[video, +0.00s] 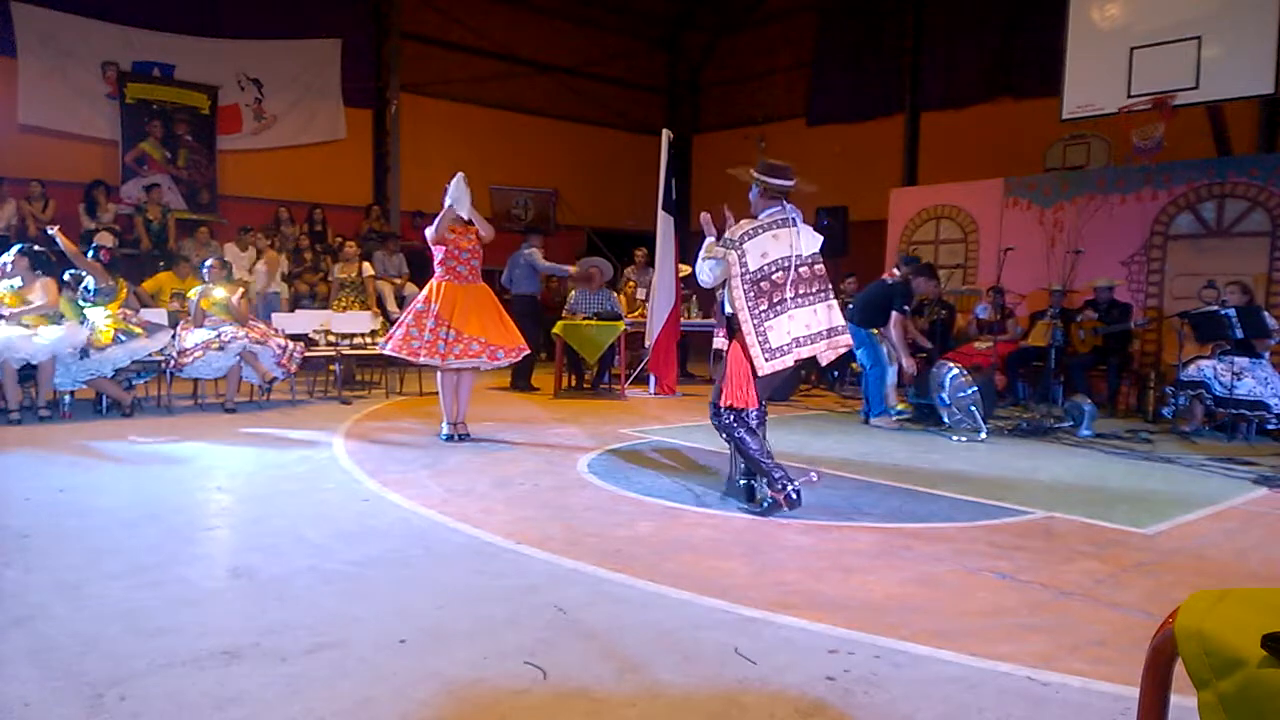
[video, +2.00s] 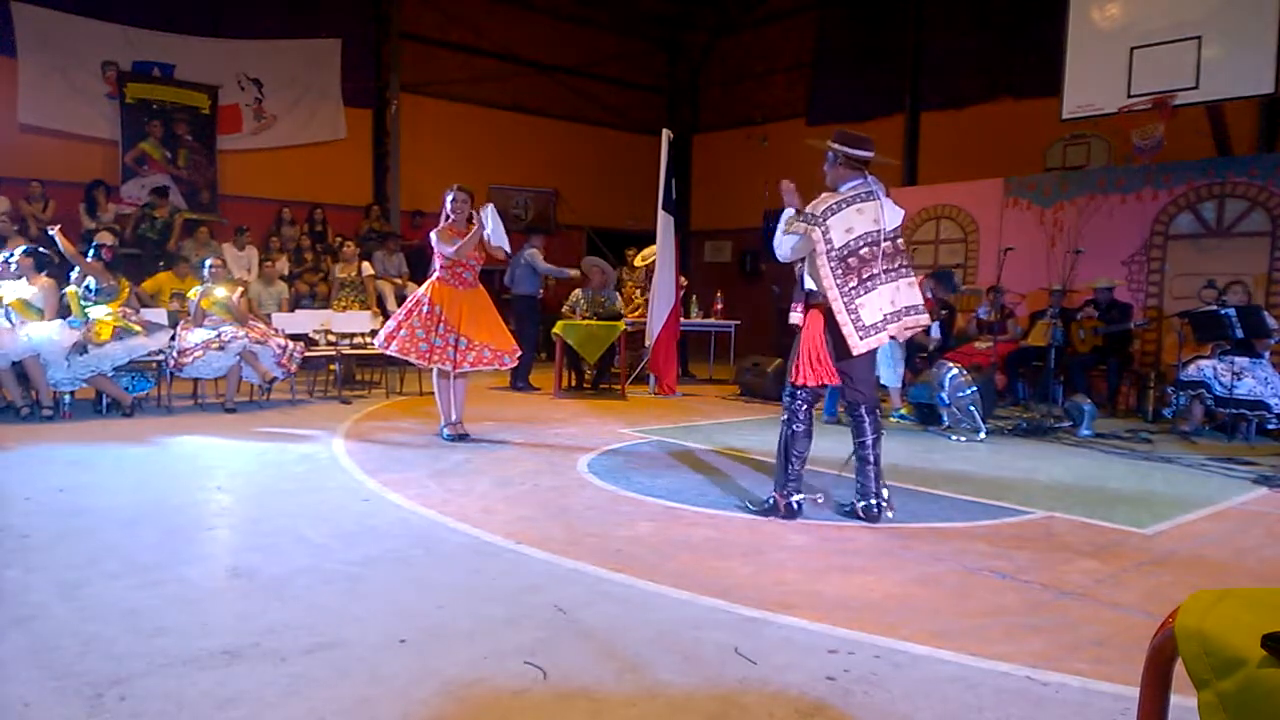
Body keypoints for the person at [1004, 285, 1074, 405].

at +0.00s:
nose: (1056, 299)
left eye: (1059, 296)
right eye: (1053, 295)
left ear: (1063, 297)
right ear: (1049, 296)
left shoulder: (1068, 314)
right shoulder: (1037, 315)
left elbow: (1068, 338)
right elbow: (1029, 334)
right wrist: (1024, 341)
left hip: (1056, 348)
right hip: (1036, 348)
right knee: (1012, 358)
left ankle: (1042, 398)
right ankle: (1012, 395)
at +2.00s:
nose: (1055, 299)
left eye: (1059, 296)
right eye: (1053, 296)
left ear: (1063, 298)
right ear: (1049, 297)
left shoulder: (1067, 315)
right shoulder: (1036, 315)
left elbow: (1067, 339)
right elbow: (1028, 334)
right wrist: (1024, 341)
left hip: (1055, 348)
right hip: (1035, 347)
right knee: (1012, 359)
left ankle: (1042, 398)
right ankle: (1013, 395)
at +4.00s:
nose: (1055, 299)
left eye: (1058, 295)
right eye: (1053, 295)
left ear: (1063, 297)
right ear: (1049, 296)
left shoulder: (1067, 314)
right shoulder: (1036, 315)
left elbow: (1068, 340)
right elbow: (1028, 336)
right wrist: (1024, 342)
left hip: (1056, 348)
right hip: (1036, 348)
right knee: (1012, 358)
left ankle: (1043, 398)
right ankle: (1013, 395)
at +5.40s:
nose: (1055, 298)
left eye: (1058, 295)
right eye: (1053, 294)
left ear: (1063, 296)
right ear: (1049, 295)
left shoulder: (1068, 315)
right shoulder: (1036, 316)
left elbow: (1069, 340)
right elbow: (1028, 336)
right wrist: (1024, 343)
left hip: (1057, 349)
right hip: (1036, 348)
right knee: (1012, 358)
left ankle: (1043, 399)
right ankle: (1012, 396)